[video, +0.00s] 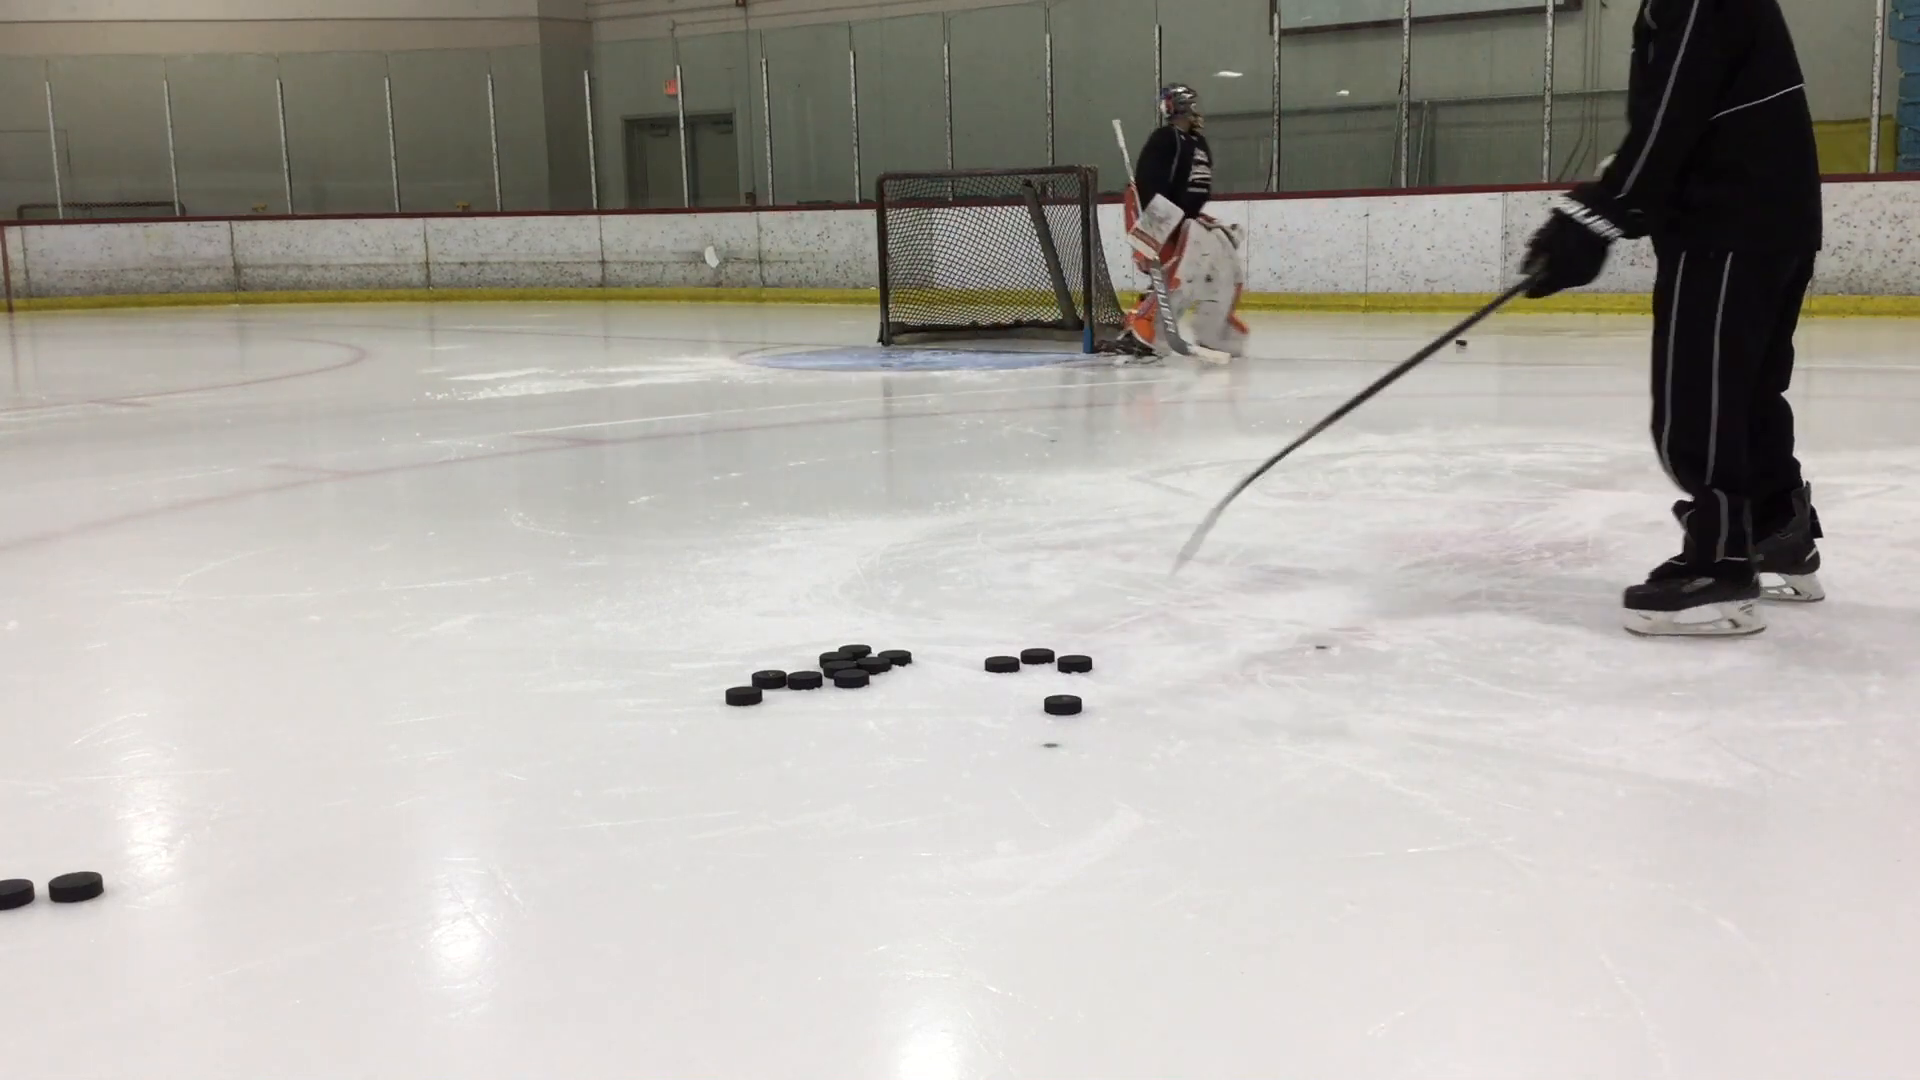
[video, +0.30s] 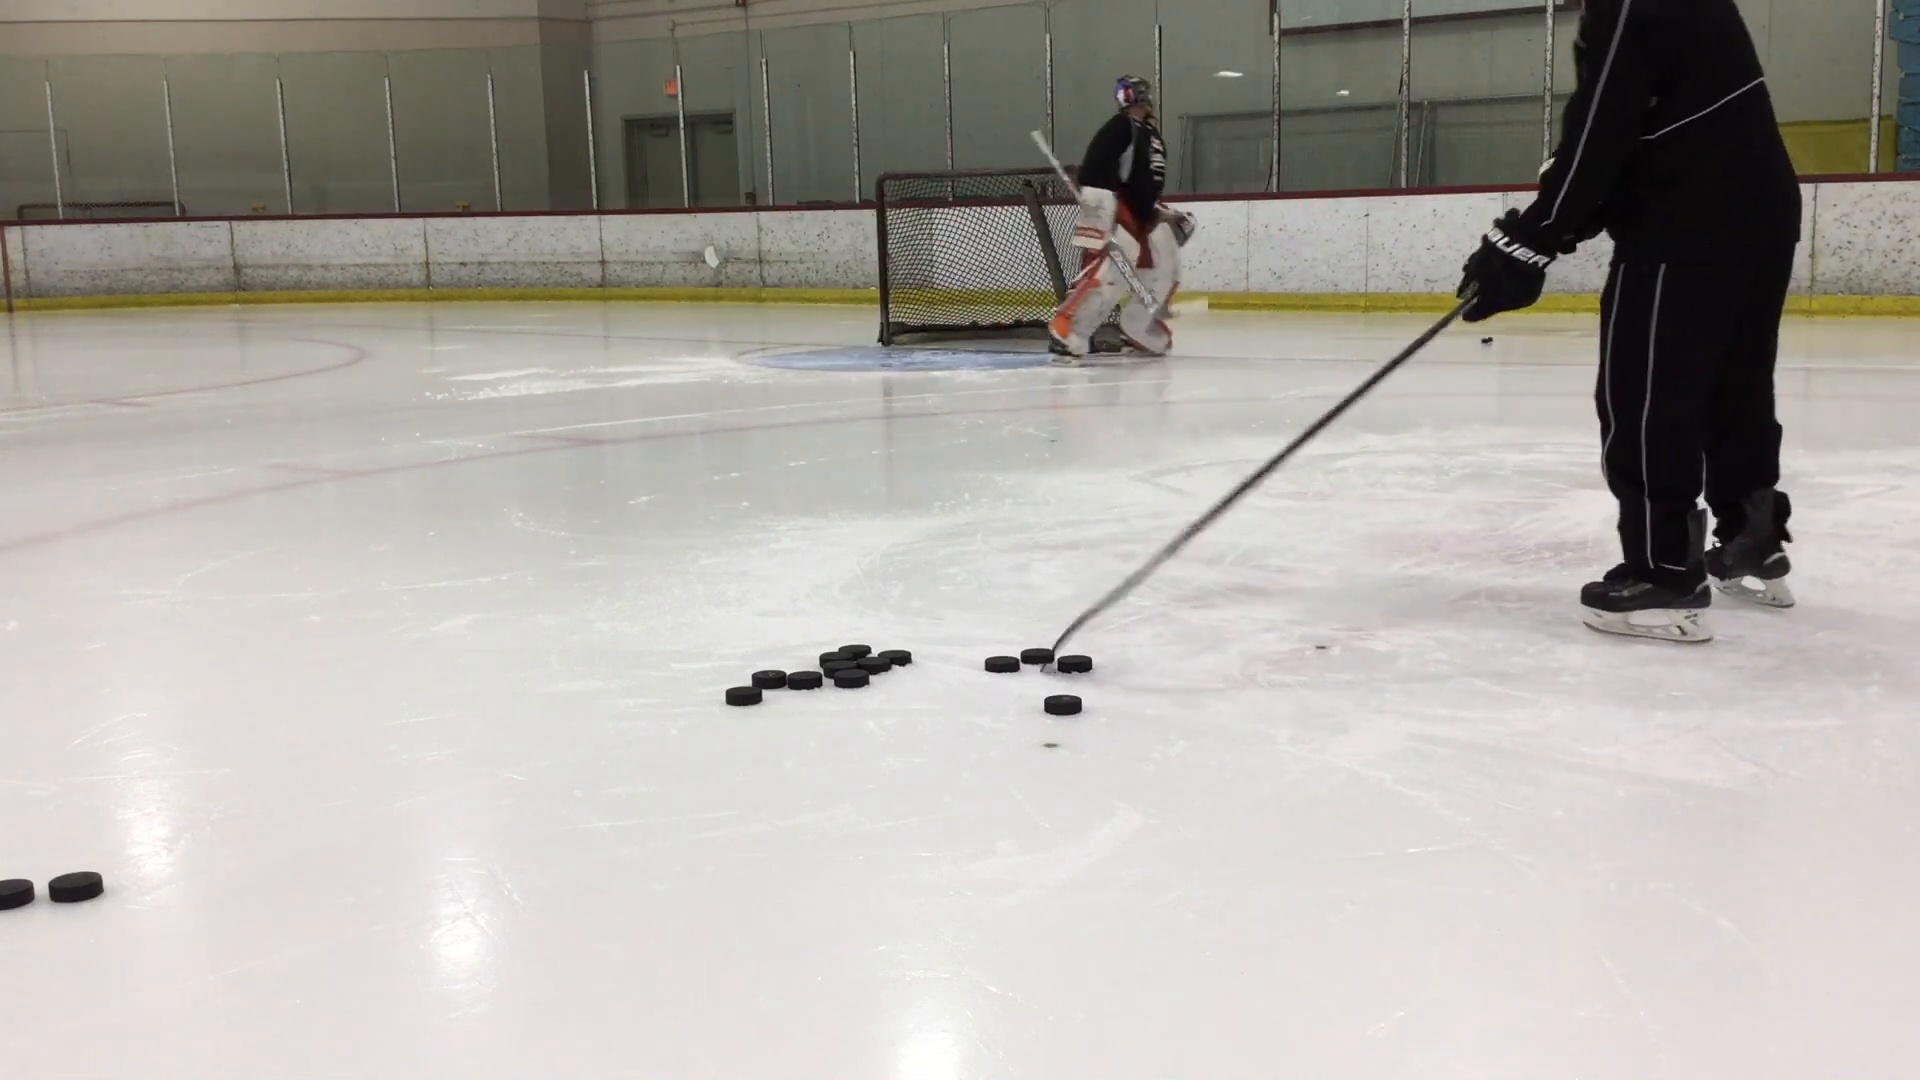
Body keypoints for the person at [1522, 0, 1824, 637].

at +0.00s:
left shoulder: (1690, 6)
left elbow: (1666, 126)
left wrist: (1591, 223)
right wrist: (1598, 216)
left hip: (1724, 228)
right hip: (1770, 220)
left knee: (1693, 400)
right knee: (1749, 387)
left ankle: (1719, 568)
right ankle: (1780, 539)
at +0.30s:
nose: (1560, 2)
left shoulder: (1623, 9)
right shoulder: (1699, 8)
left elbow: (1596, 131)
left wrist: (1523, 243)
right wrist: (1559, 221)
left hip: (1680, 223)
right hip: (1758, 208)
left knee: (1641, 394)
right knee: (1736, 384)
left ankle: (1663, 574)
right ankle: (1750, 546)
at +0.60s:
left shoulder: (1574, 13)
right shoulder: (1691, 6)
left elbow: (1561, 137)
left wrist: (1530, 261)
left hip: (1653, 225)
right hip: (1747, 210)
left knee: (1628, 395)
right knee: (1719, 385)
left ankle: (1661, 574)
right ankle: (1727, 555)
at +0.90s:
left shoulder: (1561, 13)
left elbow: (1554, 126)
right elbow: (1747, 45)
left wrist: (1554, 224)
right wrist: (1720, 82)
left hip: (1642, 211)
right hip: (1740, 193)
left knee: (1626, 393)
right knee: (1719, 380)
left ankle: (1654, 571)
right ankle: (1742, 550)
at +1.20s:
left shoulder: (1578, 10)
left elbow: (1560, 116)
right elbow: (1784, 36)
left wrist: (1562, 228)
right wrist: (1732, 114)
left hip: (1654, 212)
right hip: (1753, 200)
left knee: (1628, 390)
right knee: (1731, 380)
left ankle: (1639, 570)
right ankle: (1743, 549)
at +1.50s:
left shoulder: (1607, 13)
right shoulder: (1753, 1)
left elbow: (1593, 131)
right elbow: (1798, 59)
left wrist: (1581, 239)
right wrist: (1730, 132)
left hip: (1688, 218)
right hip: (1786, 209)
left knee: (1643, 391)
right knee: (1747, 386)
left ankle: (1625, 564)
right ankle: (1749, 547)